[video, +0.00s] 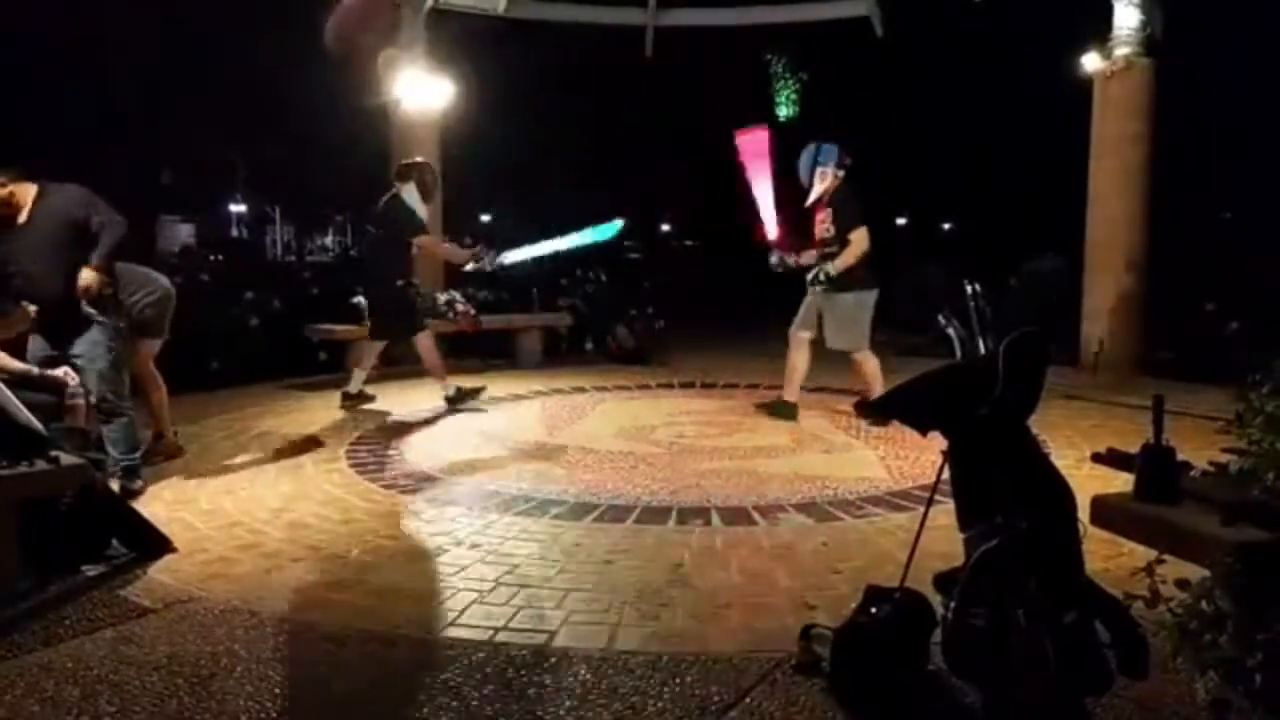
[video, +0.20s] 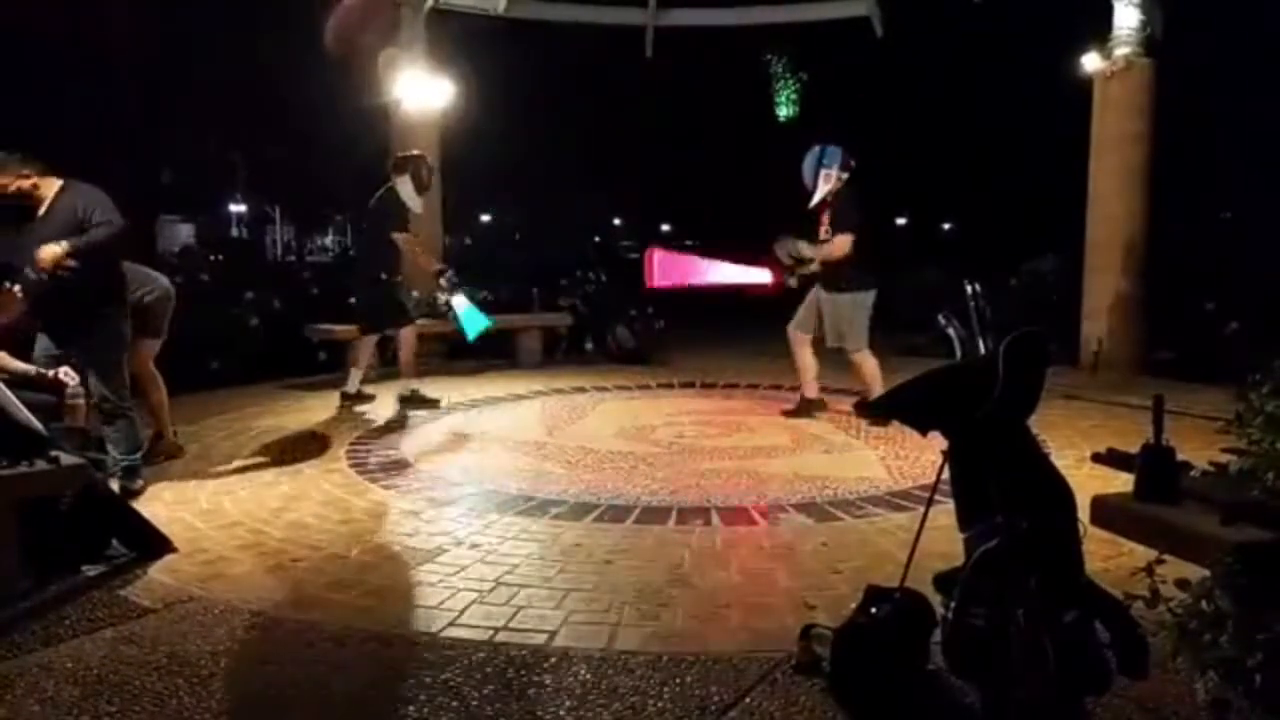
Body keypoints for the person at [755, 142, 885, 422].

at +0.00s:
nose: (817, 182)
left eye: (821, 175)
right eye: (815, 175)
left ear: (832, 173)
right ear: (813, 174)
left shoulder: (845, 200)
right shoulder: (821, 203)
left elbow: (861, 242)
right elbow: (826, 249)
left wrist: (831, 268)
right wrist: (792, 260)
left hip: (854, 287)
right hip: (824, 285)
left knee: (857, 349)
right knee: (799, 335)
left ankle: (879, 401)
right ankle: (788, 400)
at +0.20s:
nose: (816, 181)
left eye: (821, 174)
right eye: (817, 174)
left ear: (833, 174)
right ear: (826, 174)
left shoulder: (848, 200)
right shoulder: (827, 202)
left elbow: (842, 247)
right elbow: (830, 251)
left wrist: (806, 250)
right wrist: (804, 269)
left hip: (853, 289)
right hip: (827, 285)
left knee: (857, 349)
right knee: (798, 333)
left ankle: (879, 402)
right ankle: (810, 397)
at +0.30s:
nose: (812, 183)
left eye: (815, 177)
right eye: (812, 177)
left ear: (827, 176)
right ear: (832, 176)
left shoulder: (839, 203)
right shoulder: (831, 202)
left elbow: (820, 247)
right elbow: (833, 250)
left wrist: (789, 232)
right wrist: (807, 267)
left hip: (850, 289)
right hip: (825, 286)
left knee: (855, 348)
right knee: (787, 325)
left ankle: (879, 399)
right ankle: (799, 391)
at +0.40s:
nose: (798, 186)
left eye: (801, 179)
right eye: (800, 180)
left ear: (812, 177)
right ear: (821, 176)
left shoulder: (824, 202)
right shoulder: (826, 199)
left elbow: (796, 241)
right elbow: (821, 246)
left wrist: (781, 229)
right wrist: (793, 256)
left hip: (839, 290)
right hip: (813, 288)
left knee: (854, 347)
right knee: (782, 331)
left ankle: (879, 400)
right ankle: (762, 391)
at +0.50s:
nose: (799, 185)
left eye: (802, 179)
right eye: (801, 179)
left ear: (813, 177)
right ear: (821, 176)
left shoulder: (824, 201)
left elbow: (796, 241)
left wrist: (781, 229)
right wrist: (793, 255)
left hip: (839, 289)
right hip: (813, 287)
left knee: (854, 347)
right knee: (782, 331)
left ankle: (879, 398)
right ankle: (762, 391)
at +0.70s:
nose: (755, 194)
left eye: (758, 188)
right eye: (756, 188)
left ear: (769, 185)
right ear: (765, 185)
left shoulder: (787, 210)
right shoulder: (759, 214)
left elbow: (799, 255)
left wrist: (777, 286)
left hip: (811, 289)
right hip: (780, 290)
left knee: (831, 345)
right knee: (751, 337)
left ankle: (869, 397)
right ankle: (743, 399)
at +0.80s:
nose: (753, 190)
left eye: (757, 184)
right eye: (751, 184)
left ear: (768, 185)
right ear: (749, 185)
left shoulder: (786, 210)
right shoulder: (747, 218)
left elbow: (797, 255)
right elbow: (727, 252)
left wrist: (778, 286)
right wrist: (690, 256)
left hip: (811, 285)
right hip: (775, 287)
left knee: (826, 344)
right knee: (751, 335)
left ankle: (859, 401)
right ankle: (743, 399)